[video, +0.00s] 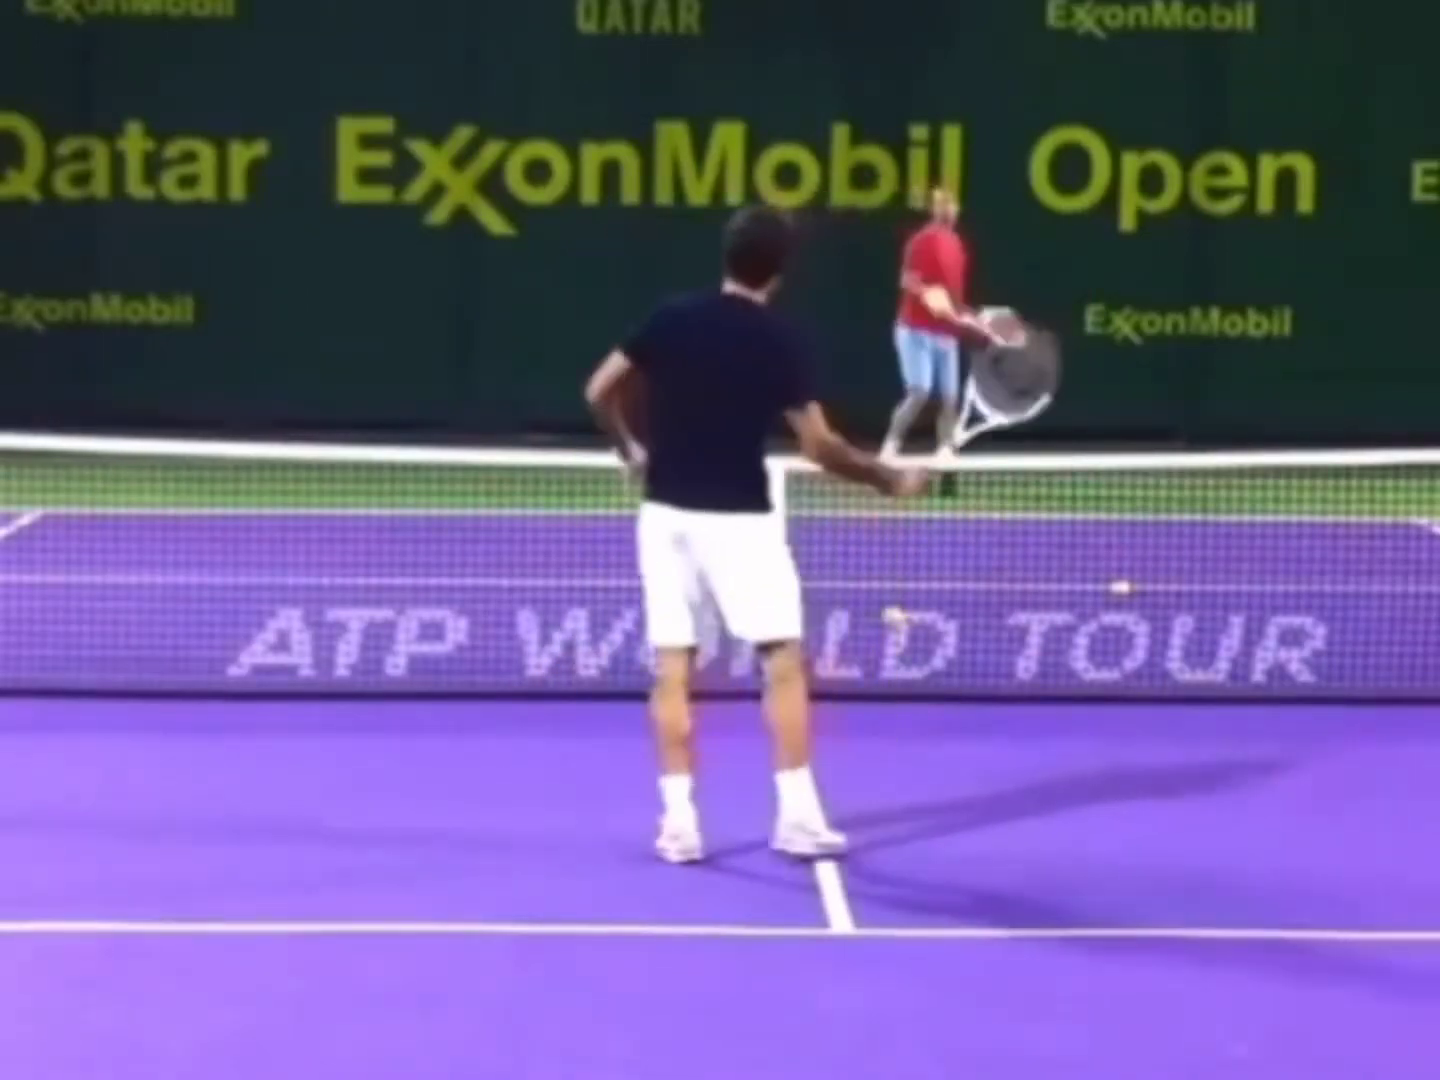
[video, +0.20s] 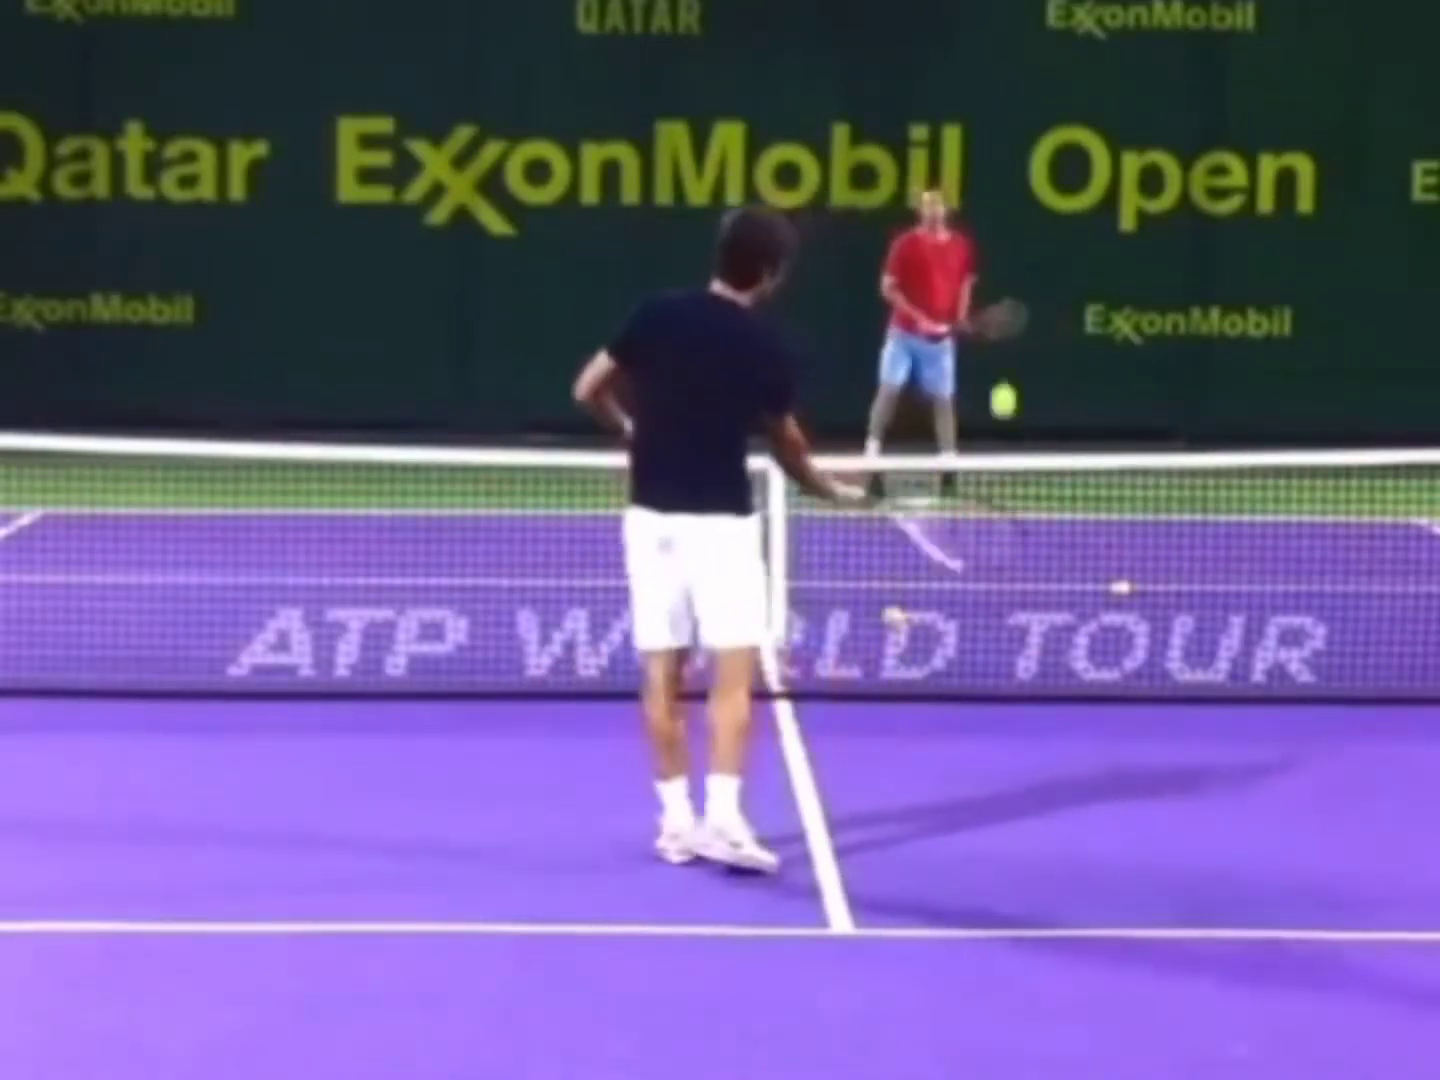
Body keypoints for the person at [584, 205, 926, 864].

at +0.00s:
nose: (779, 272)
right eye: (781, 263)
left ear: (725, 260)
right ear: (780, 270)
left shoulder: (675, 319)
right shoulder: (777, 338)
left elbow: (599, 392)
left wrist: (633, 452)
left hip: (666, 516)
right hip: (741, 522)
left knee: (672, 667)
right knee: (783, 660)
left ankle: (678, 818)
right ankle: (797, 813)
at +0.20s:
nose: (778, 281)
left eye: (775, 269)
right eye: (779, 272)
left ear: (720, 258)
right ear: (769, 276)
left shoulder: (661, 315)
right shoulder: (760, 342)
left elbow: (589, 389)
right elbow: (784, 441)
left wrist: (631, 432)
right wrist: (827, 486)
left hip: (650, 516)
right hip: (721, 521)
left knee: (660, 672)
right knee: (734, 668)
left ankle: (676, 815)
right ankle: (724, 813)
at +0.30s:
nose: (771, 281)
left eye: (765, 268)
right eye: (774, 272)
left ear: (714, 261)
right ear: (768, 277)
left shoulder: (659, 317)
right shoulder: (765, 348)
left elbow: (588, 389)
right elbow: (767, 446)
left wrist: (634, 424)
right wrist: (773, 453)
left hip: (646, 515)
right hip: (716, 522)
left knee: (659, 671)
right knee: (715, 672)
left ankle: (673, 813)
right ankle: (698, 812)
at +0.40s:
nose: (771, 285)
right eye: (773, 275)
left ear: (712, 263)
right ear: (769, 280)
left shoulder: (658, 318)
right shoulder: (766, 355)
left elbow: (587, 398)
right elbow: (755, 441)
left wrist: (636, 426)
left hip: (639, 520)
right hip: (711, 528)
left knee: (656, 673)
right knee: (708, 678)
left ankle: (673, 814)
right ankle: (693, 823)